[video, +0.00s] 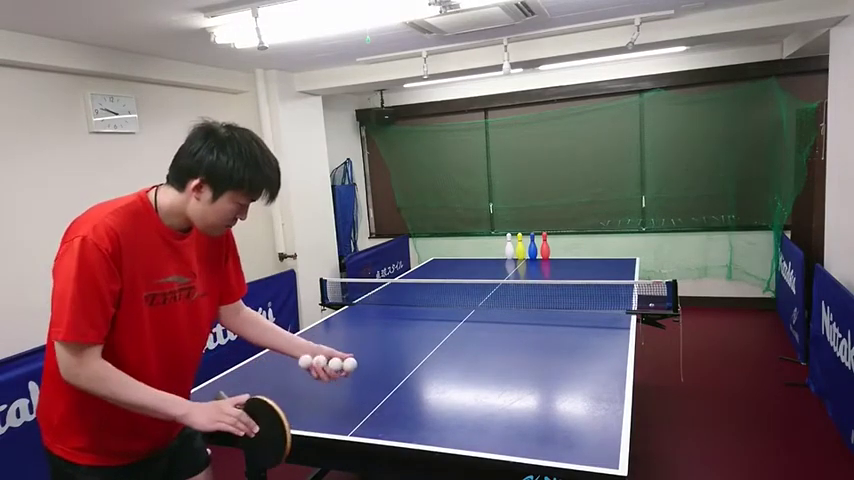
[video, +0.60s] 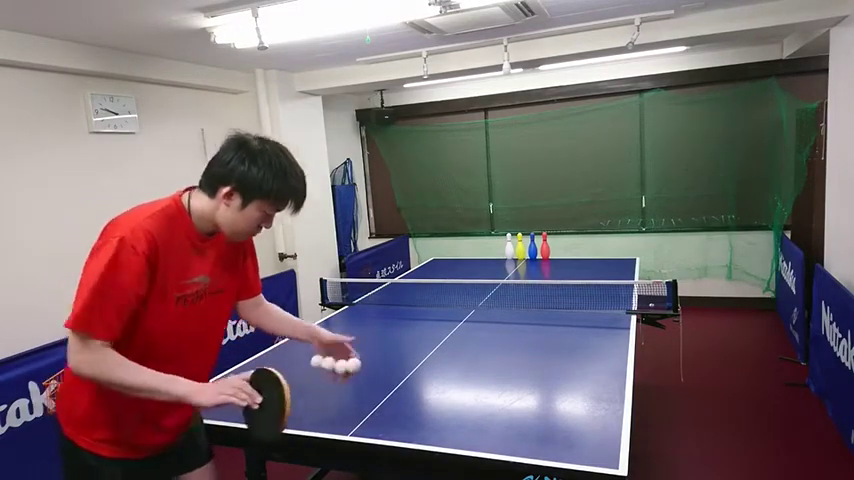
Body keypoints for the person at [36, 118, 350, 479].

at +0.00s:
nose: (242, 217)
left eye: (247, 206)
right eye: (239, 204)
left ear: (200, 191)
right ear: (198, 188)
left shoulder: (212, 230)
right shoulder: (96, 239)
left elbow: (234, 312)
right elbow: (77, 364)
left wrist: (306, 350)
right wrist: (187, 409)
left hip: (169, 436)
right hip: (94, 455)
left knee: (199, 470)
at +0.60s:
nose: (268, 225)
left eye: (273, 216)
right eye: (266, 214)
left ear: (228, 197)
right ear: (228, 196)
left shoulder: (233, 234)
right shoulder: (132, 239)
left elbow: (252, 304)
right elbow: (84, 354)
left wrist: (316, 335)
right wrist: (197, 391)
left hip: (176, 428)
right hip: (105, 442)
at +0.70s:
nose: (281, 228)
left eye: (286, 219)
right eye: (281, 216)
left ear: (247, 201)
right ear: (246, 200)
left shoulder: (237, 231)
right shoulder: (159, 245)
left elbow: (255, 303)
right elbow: (152, 363)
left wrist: (317, 319)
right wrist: (264, 388)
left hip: (176, 415)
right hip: (112, 430)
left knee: (199, 472)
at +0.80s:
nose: (292, 228)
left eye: (297, 219)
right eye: (293, 216)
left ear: (258, 202)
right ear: (261, 203)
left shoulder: (235, 225)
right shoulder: (191, 262)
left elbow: (255, 299)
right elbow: (239, 352)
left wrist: (303, 299)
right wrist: (318, 364)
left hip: (172, 410)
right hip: (118, 426)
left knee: (202, 472)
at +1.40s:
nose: (284, 188)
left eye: (286, 178)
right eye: (285, 178)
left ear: (225, 165)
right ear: (267, 178)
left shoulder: (192, 204)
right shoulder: (224, 234)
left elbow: (218, 293)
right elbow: (253, 330)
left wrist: (270, 278)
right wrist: (309, 332)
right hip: (143, 428)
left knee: (207, 471)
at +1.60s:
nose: (251, 177)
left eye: (254, 166)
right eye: (252, 166)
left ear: (189, 159)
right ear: (231, 167)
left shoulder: (165, 204)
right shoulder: (183, 226)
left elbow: (180, 284)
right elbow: (219, 336)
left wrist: (241, 292)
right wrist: (288, 341)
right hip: (130, 436)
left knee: (200, 468)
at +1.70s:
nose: (227, 172)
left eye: (228, 161)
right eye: (226, 161)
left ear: (161, 156)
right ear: (204, 163)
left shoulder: (139, 206)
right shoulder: (156, 225)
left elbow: (150, 290)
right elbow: (190, 343)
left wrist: (214, 298)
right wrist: (265, 348)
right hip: (126, 441)